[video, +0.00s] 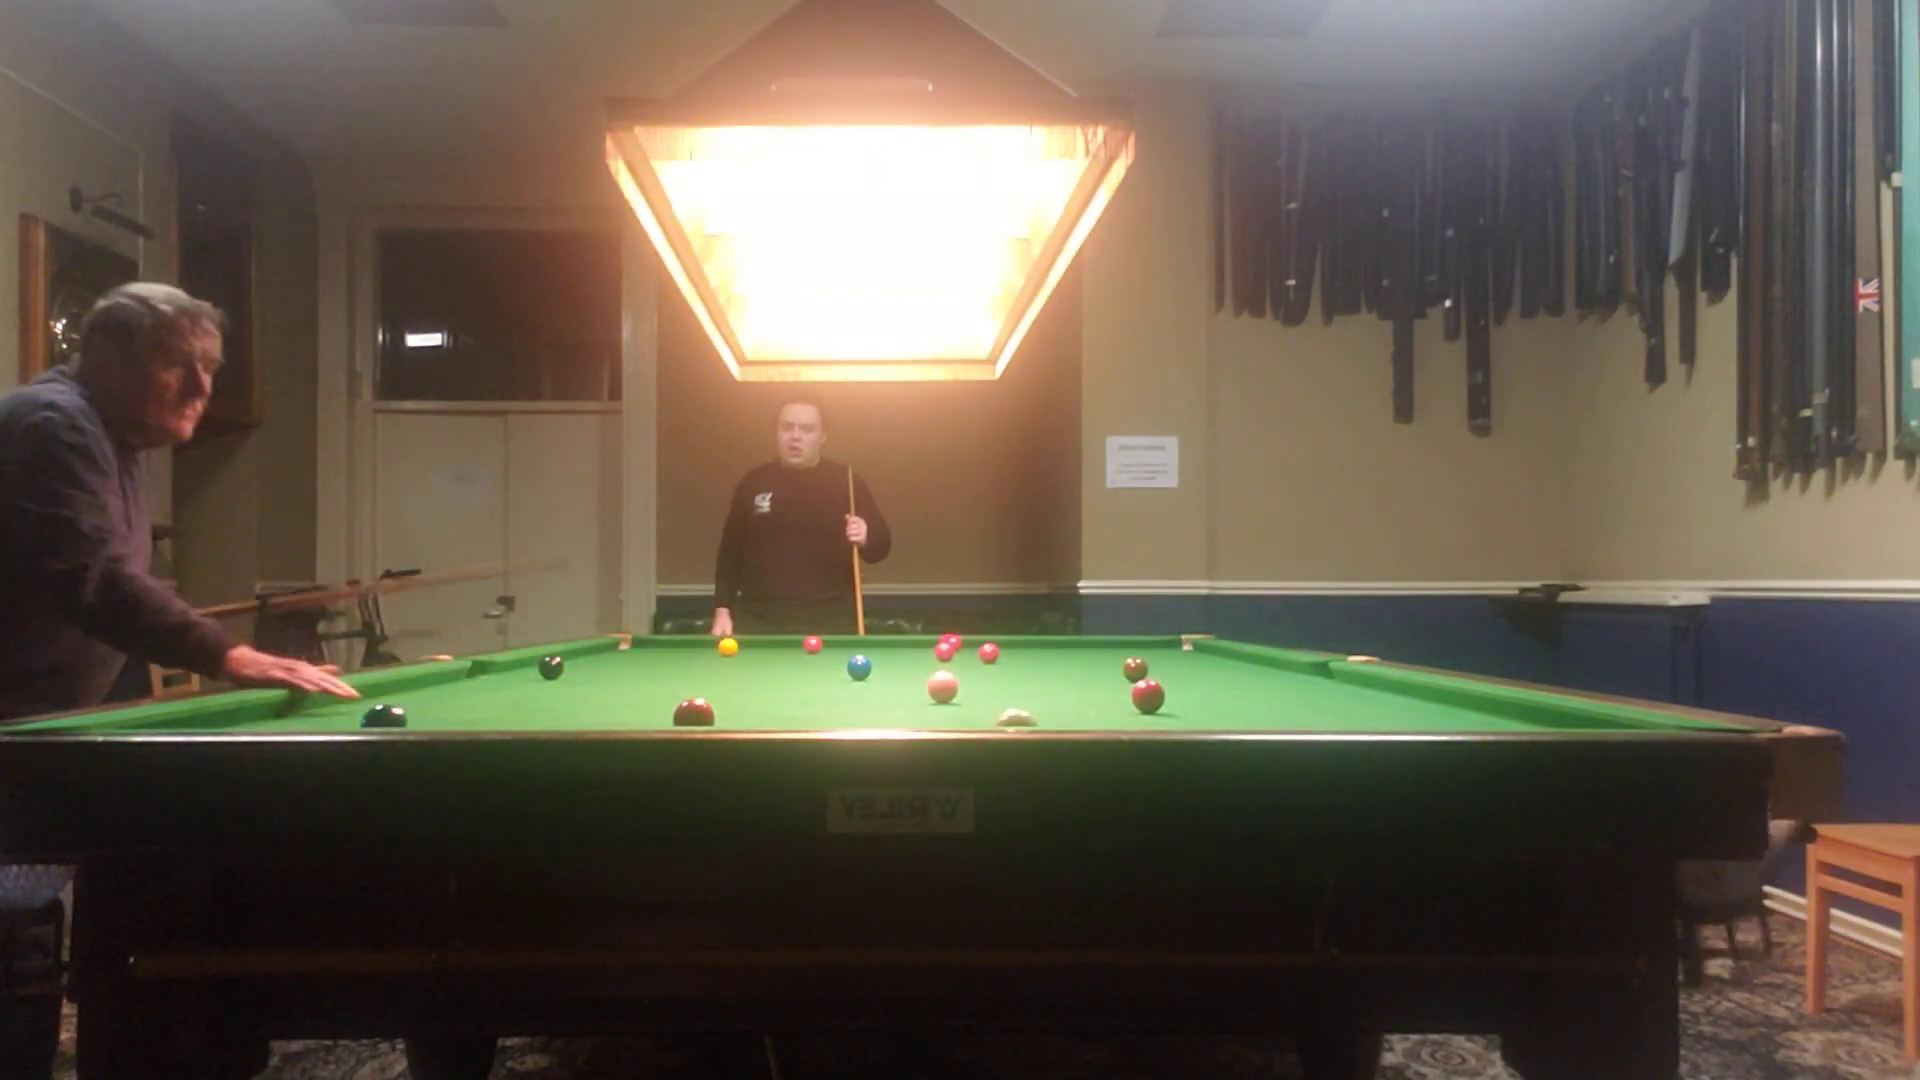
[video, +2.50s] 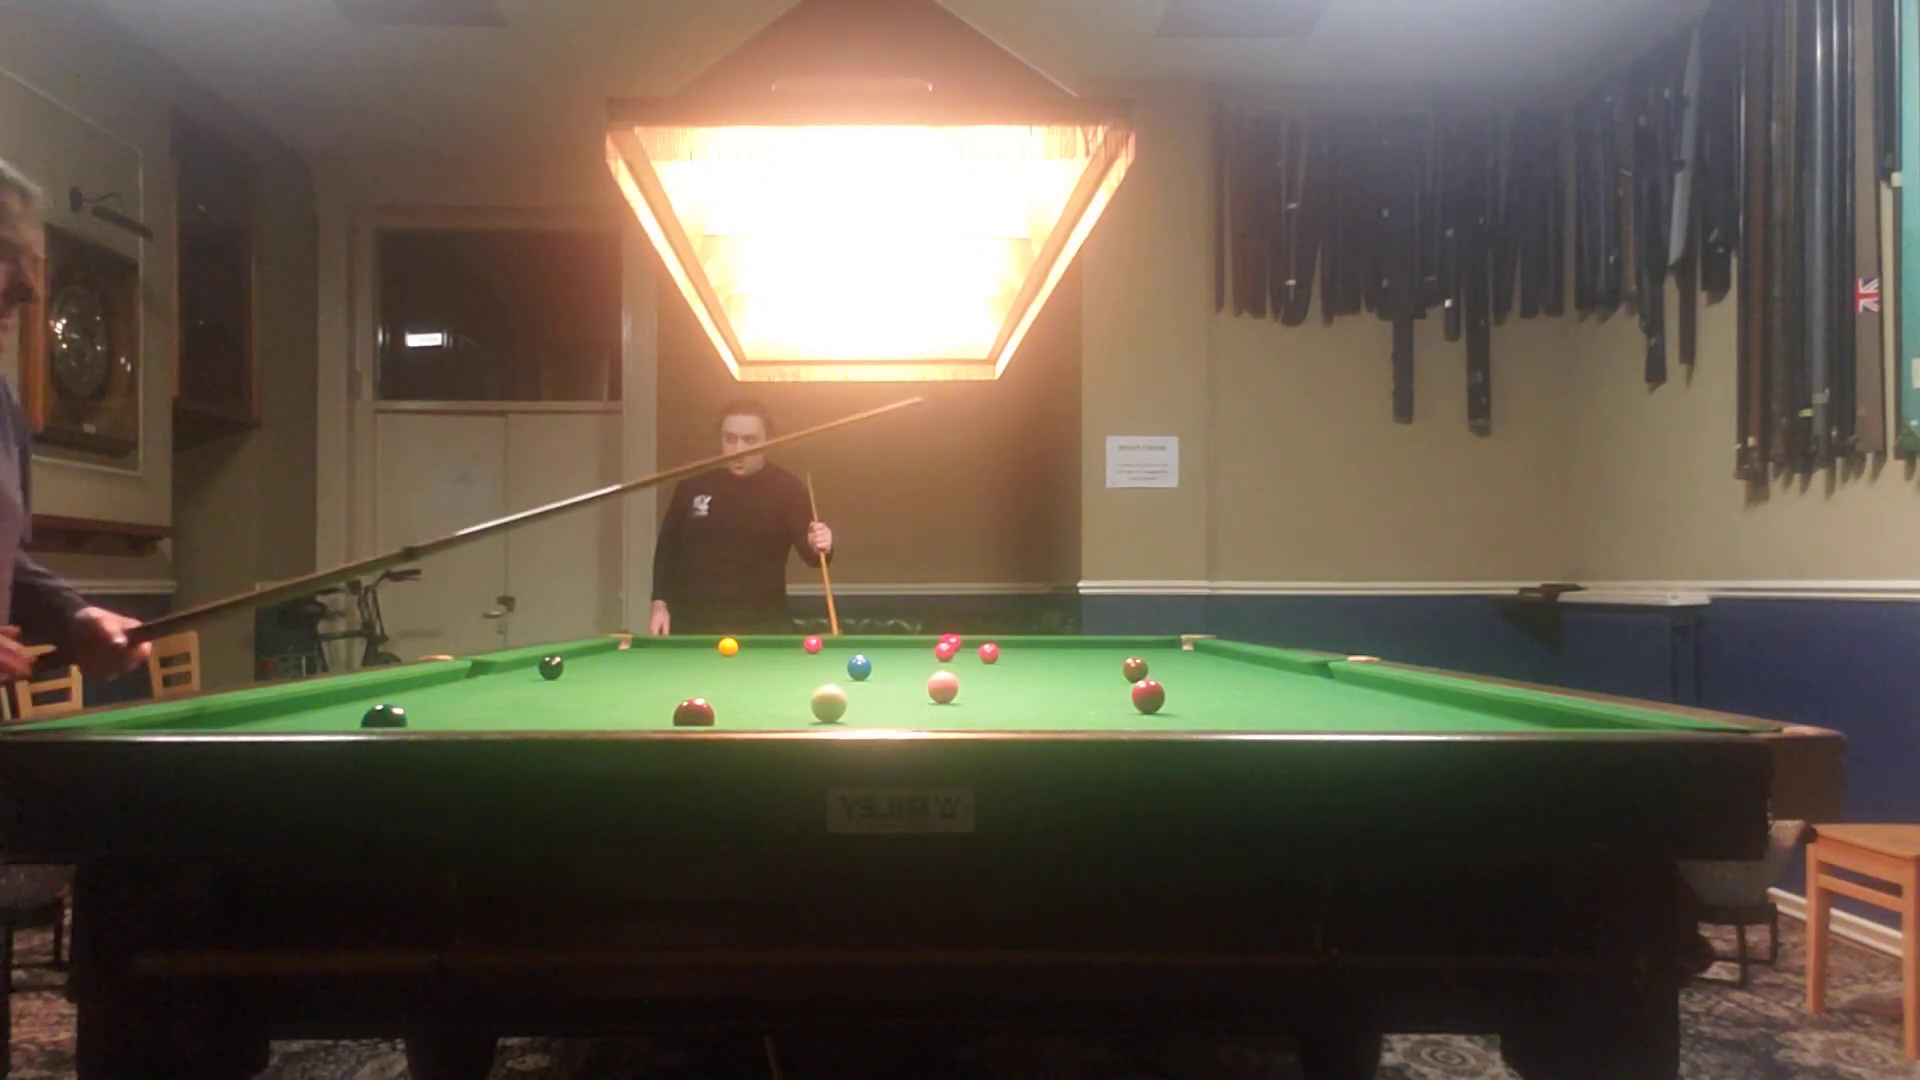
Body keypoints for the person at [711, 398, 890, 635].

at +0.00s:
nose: (795, 436)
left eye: (806, 429)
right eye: (788, 427)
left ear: (822, 437)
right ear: (776, 433)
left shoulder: (847, 482)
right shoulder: (754, 484)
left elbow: (880, 548)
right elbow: (730, 552)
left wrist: (867, 537)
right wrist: (723, 608)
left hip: (831, 624)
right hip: (761, 625)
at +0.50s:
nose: (753, 431)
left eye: (765, 424)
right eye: (746, 422)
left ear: (781, 433)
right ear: (735, 429)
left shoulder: (808, 482)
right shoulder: (711, 483)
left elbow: (836, 552)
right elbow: (687, 550)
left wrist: (839, 539)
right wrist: (681, 608)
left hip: (792, 627)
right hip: (723, 626)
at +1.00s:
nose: (728, 433)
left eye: (739, 426)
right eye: (720, 425)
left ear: (758, 434)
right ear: (711, 431)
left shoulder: (781, 485)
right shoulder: (686, 485)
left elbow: (809, 550)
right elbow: (662, 551)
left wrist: (821, 543)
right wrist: (655, 609)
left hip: (767, 627)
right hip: (696, 628)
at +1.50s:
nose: (727, 441)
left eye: (738, 433)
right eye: (719, 433)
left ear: (757, 437)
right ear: (711, 437)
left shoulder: (781, 486)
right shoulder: (689, 484)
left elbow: (815, 554)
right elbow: (665, 550)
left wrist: (817, 544)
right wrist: (659, 606)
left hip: (765, 629)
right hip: (695, 630)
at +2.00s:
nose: (735, 448)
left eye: (747, 438)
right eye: (727, 438)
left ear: (765, 440)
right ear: (716, 440)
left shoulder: (786, 487)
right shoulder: (694, 482)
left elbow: (814, 558)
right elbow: (667, 547)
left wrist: (817, 545)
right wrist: (659, 605)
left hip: (765, 631)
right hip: (695, 631)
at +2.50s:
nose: (739, 450)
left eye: (750, 440)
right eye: (731, 439)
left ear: (768, 442)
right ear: (720, 440)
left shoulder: (788, 489)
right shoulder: (692, 489)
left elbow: (812, 558)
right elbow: (667, 549)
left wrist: (821, 547)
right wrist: (660, 604)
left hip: (765, 635)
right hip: (694, 634)